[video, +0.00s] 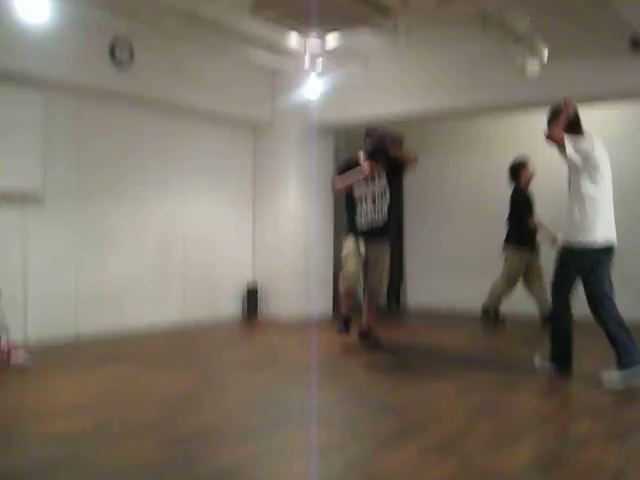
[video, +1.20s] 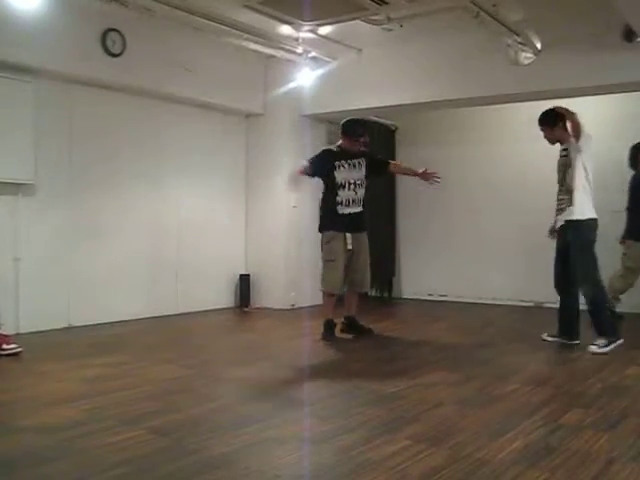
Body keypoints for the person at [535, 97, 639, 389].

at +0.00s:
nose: (550, 134)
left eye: (552, 127)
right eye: (549, 128)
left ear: (563, 124)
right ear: (572, 123)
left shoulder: (586, 146)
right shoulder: (583, 150)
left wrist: (564, 142)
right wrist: (568, 236)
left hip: (589, 240)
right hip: (584, 240)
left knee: (559, 299)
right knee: (603, 304)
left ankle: (560, 361)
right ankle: (629, 363)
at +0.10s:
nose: (549, 128)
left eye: (549, 123)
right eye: (547, 122)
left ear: (558, 120)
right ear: (573, 117)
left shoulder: (576, 141)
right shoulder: (593, 141)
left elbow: (541, 127)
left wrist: (555, 103)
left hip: (572, 231)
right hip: (595, 231)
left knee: (553, 293)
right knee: (590, 292)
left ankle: (557, 351)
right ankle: (618, 342)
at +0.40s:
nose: (533, 130)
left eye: (533, 125)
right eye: (533, 125)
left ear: (537, 122)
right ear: (556, 118)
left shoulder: (549, 141)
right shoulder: (583, 148)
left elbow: (514, 126)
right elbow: (586, 187)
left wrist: (530, 101)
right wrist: (583, 215)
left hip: (548, 227)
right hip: (572, 228)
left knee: (542, 288)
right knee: (565, 283)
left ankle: (548, 347)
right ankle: (573, 339)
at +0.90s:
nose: (534, 140)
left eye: (534, 134)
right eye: (533, 136)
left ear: (544, 126)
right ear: (550, 127)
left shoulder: (561, 146)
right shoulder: (569, 150)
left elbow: (540, 132)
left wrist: (544, 119)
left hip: (566, 222)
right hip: (575, 221)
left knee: (555, 281)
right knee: (561, 281)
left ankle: (565, 339)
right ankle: (562, 332)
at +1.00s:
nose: (538, 143)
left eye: (538, 137)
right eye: (535, 139)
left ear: (550, 126)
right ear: (550, 128)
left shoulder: (568, 149)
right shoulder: (561, 153)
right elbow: (563, 191)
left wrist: (550, 124)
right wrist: (558, 222)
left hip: (573, 223)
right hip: (566, 223)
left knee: (568, 284)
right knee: (564, 284)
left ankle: (580, 339)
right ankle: (565, 333)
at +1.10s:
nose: (542, 142)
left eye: (542, 136)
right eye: (539, 138)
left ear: (553, 127)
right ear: (550, 130)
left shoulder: (573, 146)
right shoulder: (563, 150)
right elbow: (564, 190)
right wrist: (557, 220)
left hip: (577, 221)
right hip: (567, 222)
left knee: (575, 281)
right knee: (564, 282)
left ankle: (596, 335)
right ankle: (567, 332)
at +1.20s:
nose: (545, 137)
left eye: (546, 131)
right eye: (543, 132)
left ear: (558, 128)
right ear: (554, 131)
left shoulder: (579, 147)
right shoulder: (563, 153)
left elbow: (579, 132)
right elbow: (564, 192)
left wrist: (570, 116)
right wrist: (557, 222)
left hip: (582, 221)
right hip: (566, 222)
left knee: (588, 279)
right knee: (564, 282)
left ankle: (610, 334)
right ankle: (568, 333)